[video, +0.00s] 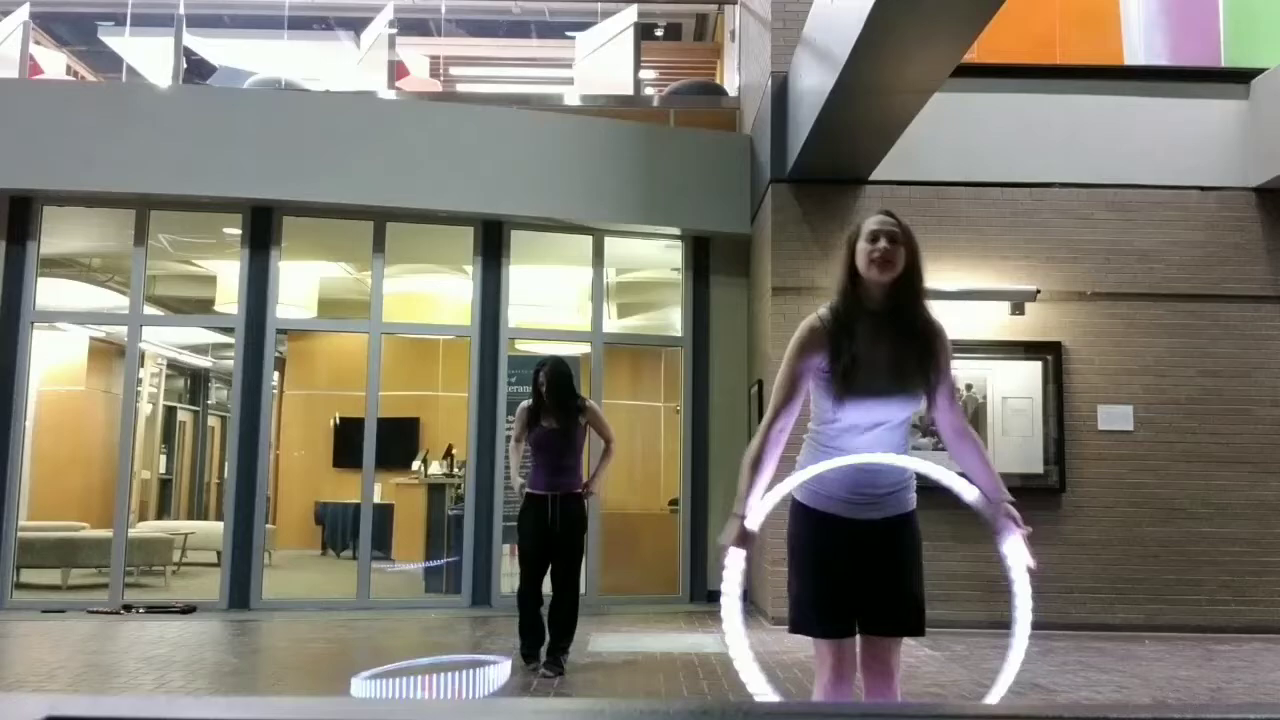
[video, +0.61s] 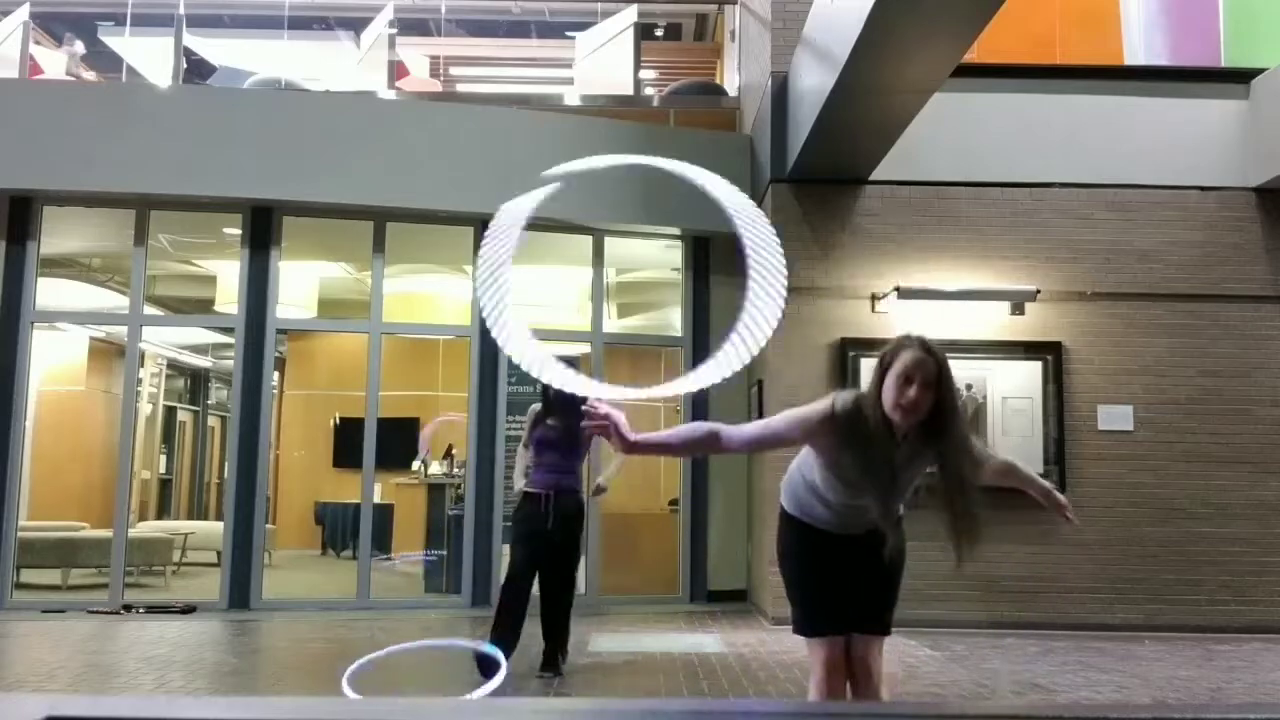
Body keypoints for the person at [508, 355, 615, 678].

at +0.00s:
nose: (545, 392)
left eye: (550, 386)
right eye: (541, 386)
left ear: (565, 385)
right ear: (536, 385)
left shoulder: (584, 409)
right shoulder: (528, 410)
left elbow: (609, 442)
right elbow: (516, 442)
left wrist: (594, 479)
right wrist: (515, 475)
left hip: (569, 504)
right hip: (534, 503)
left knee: (566, 584)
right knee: (529, 582)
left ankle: (557, 654)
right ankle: (531, 648)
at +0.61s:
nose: (553, 382)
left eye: (559, 376)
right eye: (549, 376)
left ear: (574, 380)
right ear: (544, 380)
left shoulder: (588, 413)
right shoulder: (537, 412)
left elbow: (620, 446)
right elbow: (524, 449)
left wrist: (605, 478)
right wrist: (518, 482)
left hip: (566, 503)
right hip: (531, 500)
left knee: (558, 583)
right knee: (516, 579)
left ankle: (552, 657)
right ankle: (496, 655)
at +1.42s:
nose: (517, 434)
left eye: (522, 429)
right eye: (517, 429)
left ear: (536, 427)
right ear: (521, 429)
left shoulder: (568, 437)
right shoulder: (525, 445)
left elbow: (604, 443)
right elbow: (496, 447)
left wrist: (636, 451)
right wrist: (467, 434)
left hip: (585, 507)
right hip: (554, 504)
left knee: (562, 577)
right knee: (522, 554)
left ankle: (558, 653)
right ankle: (545, 601)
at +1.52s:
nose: (518, 423)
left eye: (521, 416)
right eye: (516, 417)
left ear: (535, 414)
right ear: (523, 417)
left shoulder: (570, 430)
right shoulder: (535, 443)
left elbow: (611, 442)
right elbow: (507, 468)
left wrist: (652, 457)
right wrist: (474, 472)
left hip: (583, 507)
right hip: (555, 505)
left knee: (554, 576)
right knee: (525, 578)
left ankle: (560, 655)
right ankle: (548, 635)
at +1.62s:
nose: (519, 418)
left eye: (522, 412)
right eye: (517, 413)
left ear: (538, 409)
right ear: (519, 414)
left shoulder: (571, 428)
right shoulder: (525, 440)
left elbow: (613, 440)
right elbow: (518, 478)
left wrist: (659, 449)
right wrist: (510, 490)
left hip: (577, 509)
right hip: (551, 511)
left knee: (548, 565)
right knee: (535, 578)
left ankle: (575, 620)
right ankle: (551, 653)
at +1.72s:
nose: (528, 412)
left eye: (533, 406)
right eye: (525, 406)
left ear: (545, 403)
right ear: (523, 405)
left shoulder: (575, 421)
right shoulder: (524, 436)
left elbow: (618, 433)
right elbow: (518, 481)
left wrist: (665, 441)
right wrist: (537, 496)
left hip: (577, 506)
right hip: (548, 510)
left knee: (520, 537)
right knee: (539, 590)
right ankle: (553, 654)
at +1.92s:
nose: (544, 380)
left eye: (550, 373)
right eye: (540, 375)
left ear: (562, 374)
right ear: (535, 377)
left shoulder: (582, 399)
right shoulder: (536, 410)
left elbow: (628, 418)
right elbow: (530, 456)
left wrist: (672, 428)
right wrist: (550, 468)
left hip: (579, 487)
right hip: (550, 490)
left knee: (524, 523)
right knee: (555, 571)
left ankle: (591, 543)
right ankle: (561, 650)